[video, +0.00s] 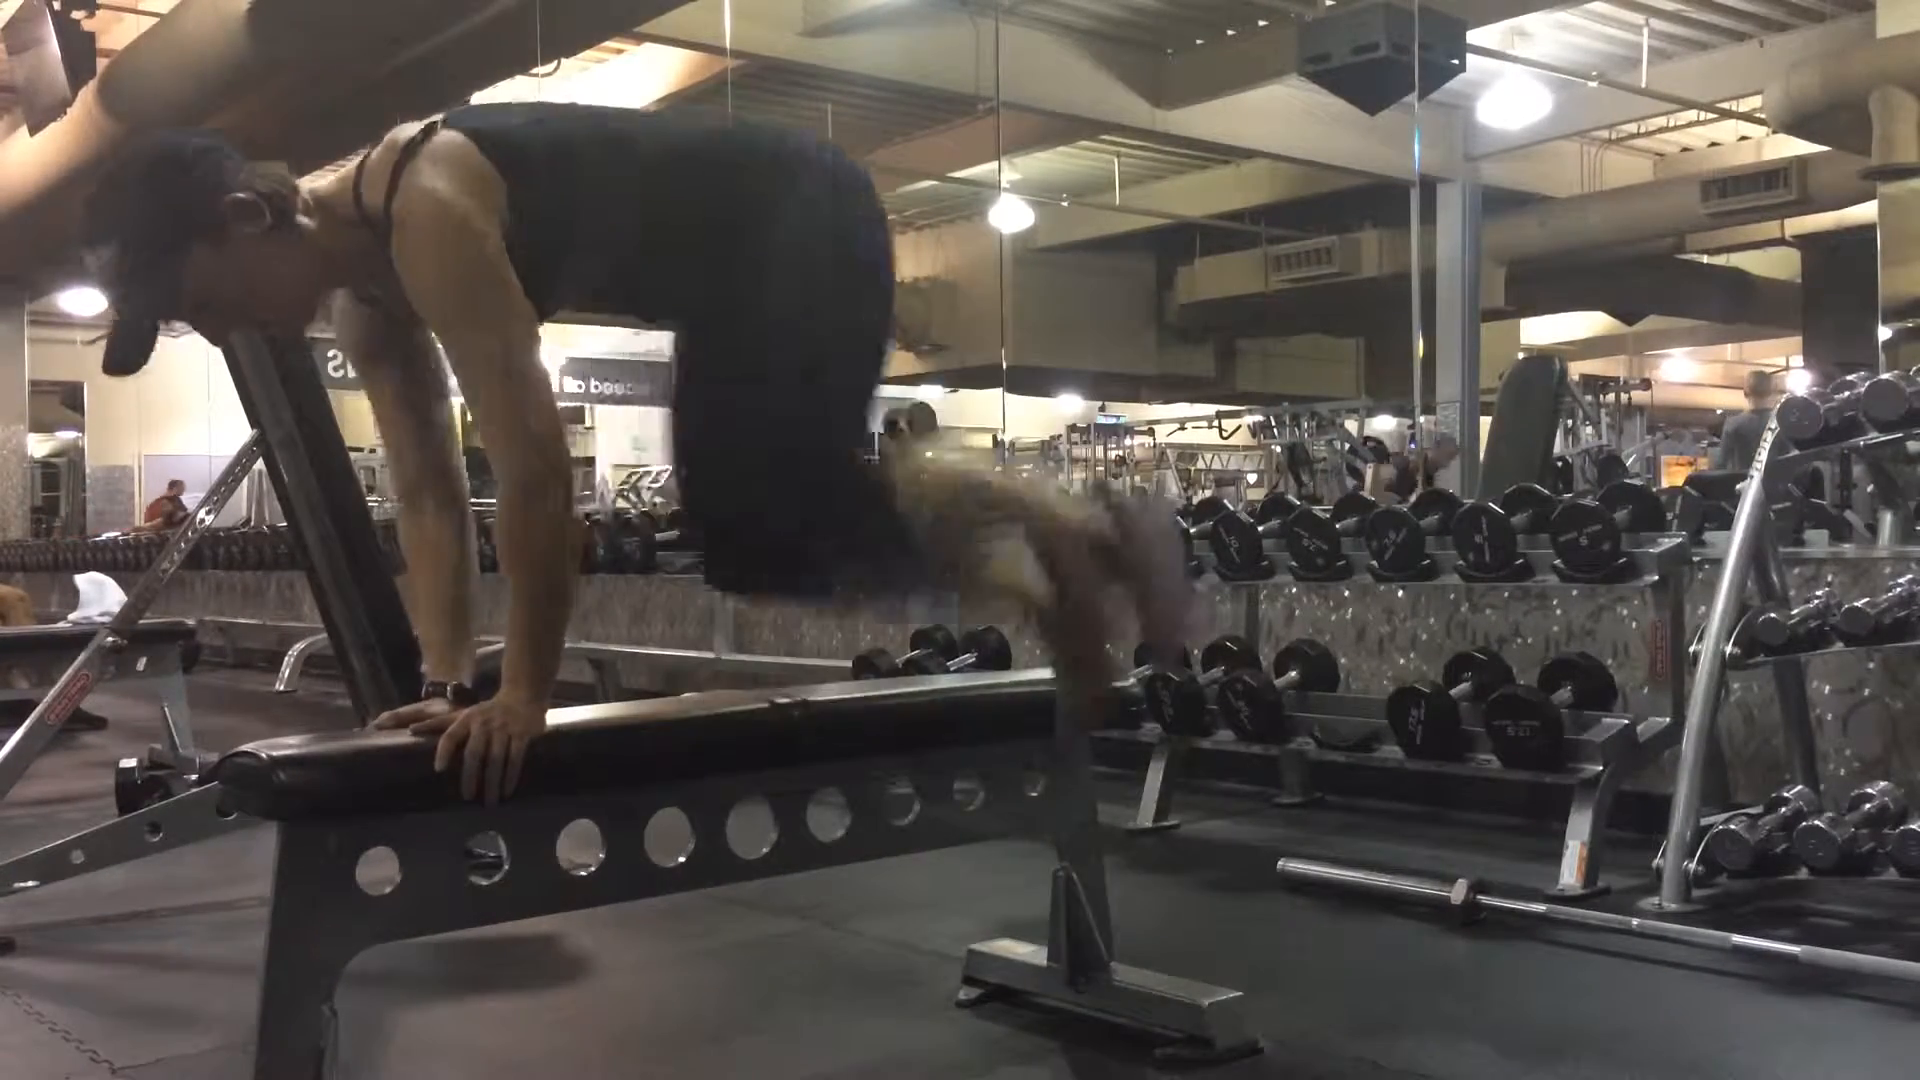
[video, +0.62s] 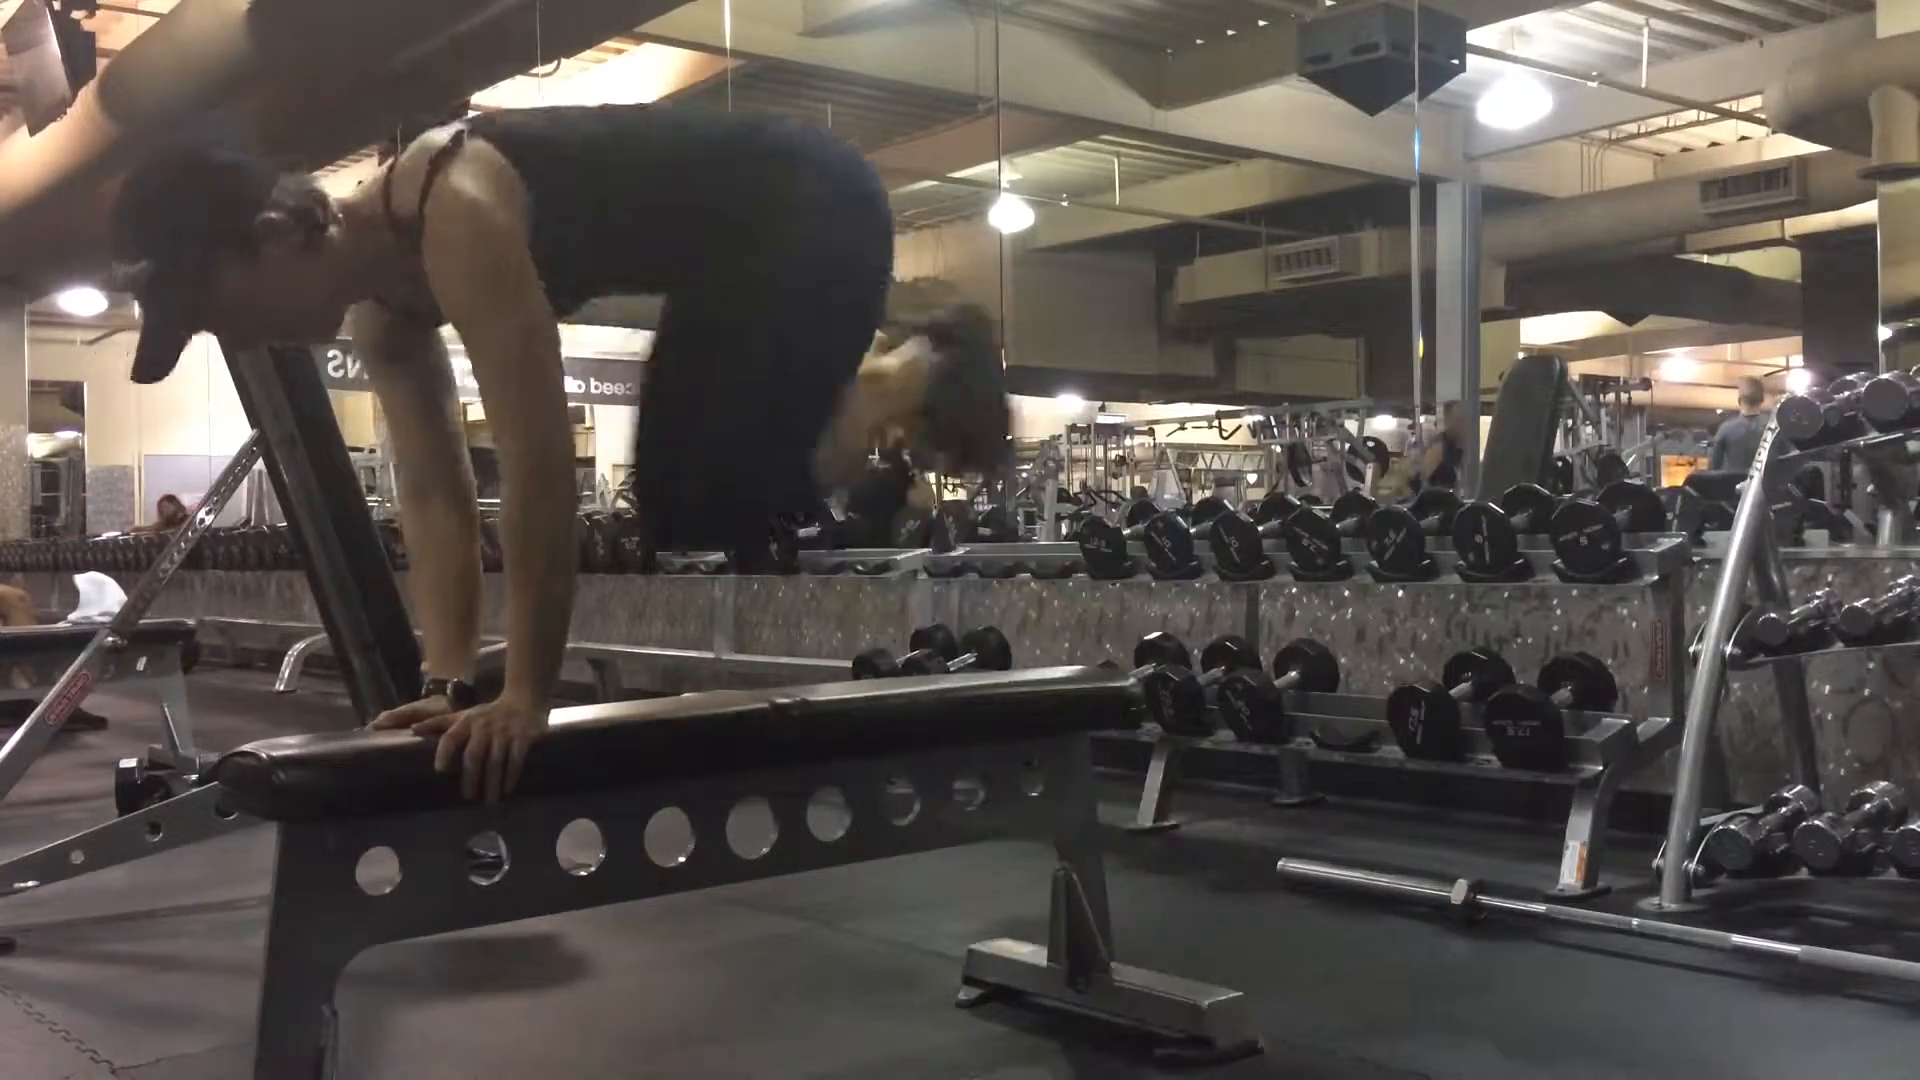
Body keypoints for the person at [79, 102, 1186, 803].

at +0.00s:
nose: (229, 331)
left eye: (208, 304)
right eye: (203, 323)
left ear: (243, 215)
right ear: (242, 221)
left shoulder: (428, 204)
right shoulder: (360, 276)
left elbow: (535, 451)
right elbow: (423, 486)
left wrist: (523, 691)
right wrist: (446, 684)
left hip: (801, 215)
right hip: (730, 270)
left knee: (784, 522)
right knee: (740, 542)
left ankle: (1076, 525)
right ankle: (1027, 561)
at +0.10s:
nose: (227, 309)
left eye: (206, 280)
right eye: (201, 299)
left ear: (246, 195)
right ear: (247, 200)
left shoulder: (433, 215)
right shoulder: (375, 258)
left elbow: (535, 464)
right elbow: (438, 476)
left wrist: (525, 691)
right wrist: (443, 675)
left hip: (831, 290)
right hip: (773, 333)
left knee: (901, 617)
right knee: (855, 643)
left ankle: (1146, 813)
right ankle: (1090, 844)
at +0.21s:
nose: (281, 314)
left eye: (268, 282)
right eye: (261, 298)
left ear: (320, 212)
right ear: (307, 231)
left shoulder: (490, 241)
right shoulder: (434, 292)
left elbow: (576, 501)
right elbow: (491, 501)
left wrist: (528, 703)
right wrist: (460, 676)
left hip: (867, 456)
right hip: (823, 482)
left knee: (923, 819)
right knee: (902, 810)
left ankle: (1208, 1048)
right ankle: (1136, 988)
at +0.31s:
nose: (278, 319)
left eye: (261, 290)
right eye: (256, 304)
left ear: (298, 221)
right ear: (291, 233)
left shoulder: (483, 244)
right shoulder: (427, 294)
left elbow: (577, 493)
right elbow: (493, 499)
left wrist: (529, 698)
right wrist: (459, 674)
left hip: (867, 423)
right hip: (816, 449)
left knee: (986, 738)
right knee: (939, 749)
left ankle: (1180, 1009)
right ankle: (1112, 982)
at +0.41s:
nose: (228, 317)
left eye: (208, 292)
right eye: (205, 309)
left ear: (247, 204)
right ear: (250, 209)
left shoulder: (433, 217)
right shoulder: (361, 270)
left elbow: (532, 465)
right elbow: (420, 482)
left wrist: (525, 688)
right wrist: (446, 673)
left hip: (830, 260)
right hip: (785, 297)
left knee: (933, 573)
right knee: (909, 585)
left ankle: (1136, 832)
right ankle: (1093, 845)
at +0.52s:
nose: (231, 331)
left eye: (211, 306)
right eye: (208, 322)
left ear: (256, 222)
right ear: (257, 221)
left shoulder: (445, 206)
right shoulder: (367, 276)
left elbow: (528, 454)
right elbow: (426, 481)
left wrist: (524, 690)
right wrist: (444, 677)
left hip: (806, 197)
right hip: (743, 243)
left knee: (786, 517)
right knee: (764, 522)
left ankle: (1081, 552)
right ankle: (1063, 550)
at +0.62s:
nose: (243, 345)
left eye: (228, 318)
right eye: (221, 331)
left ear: (279, 239)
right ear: (272, 241)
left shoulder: (464, 217)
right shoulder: (375, 279)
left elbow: (539, 467)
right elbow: (428, 490)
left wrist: (524, 698)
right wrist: (446, 678)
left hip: (810, 208)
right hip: (726, 238)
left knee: (733, 505)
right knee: (677, 509)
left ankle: (925, 369)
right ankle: (909, 378)